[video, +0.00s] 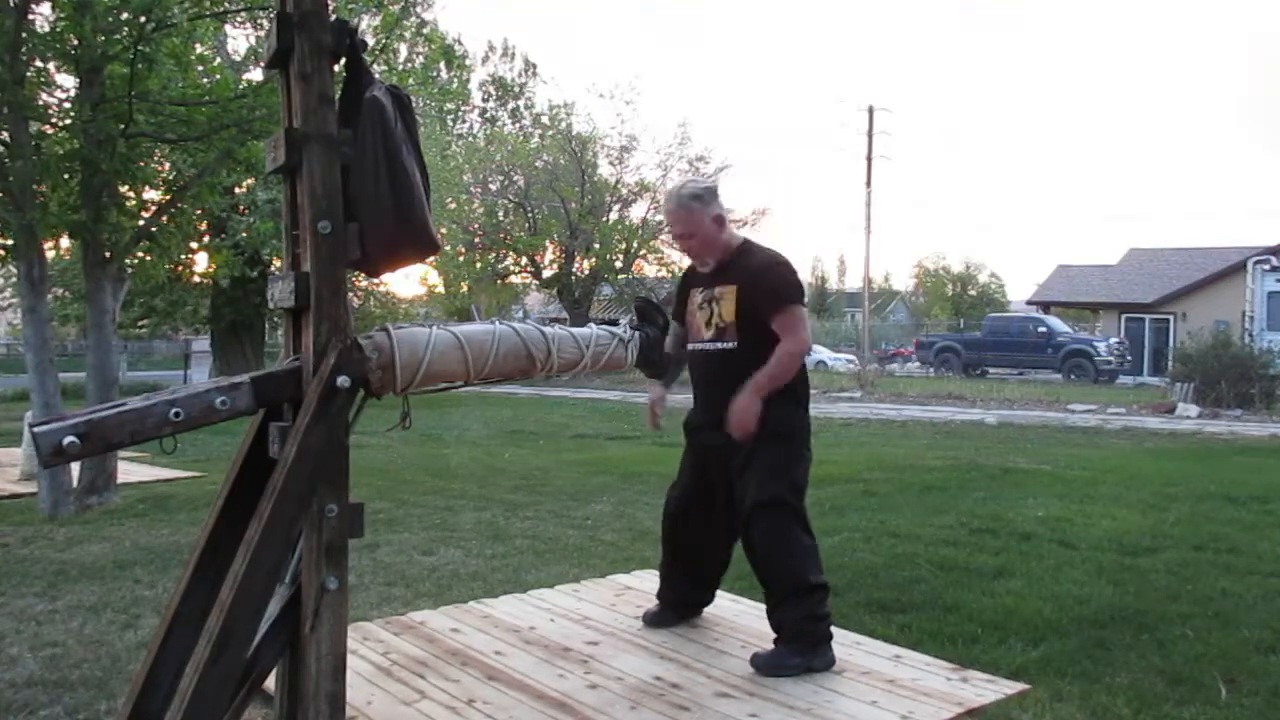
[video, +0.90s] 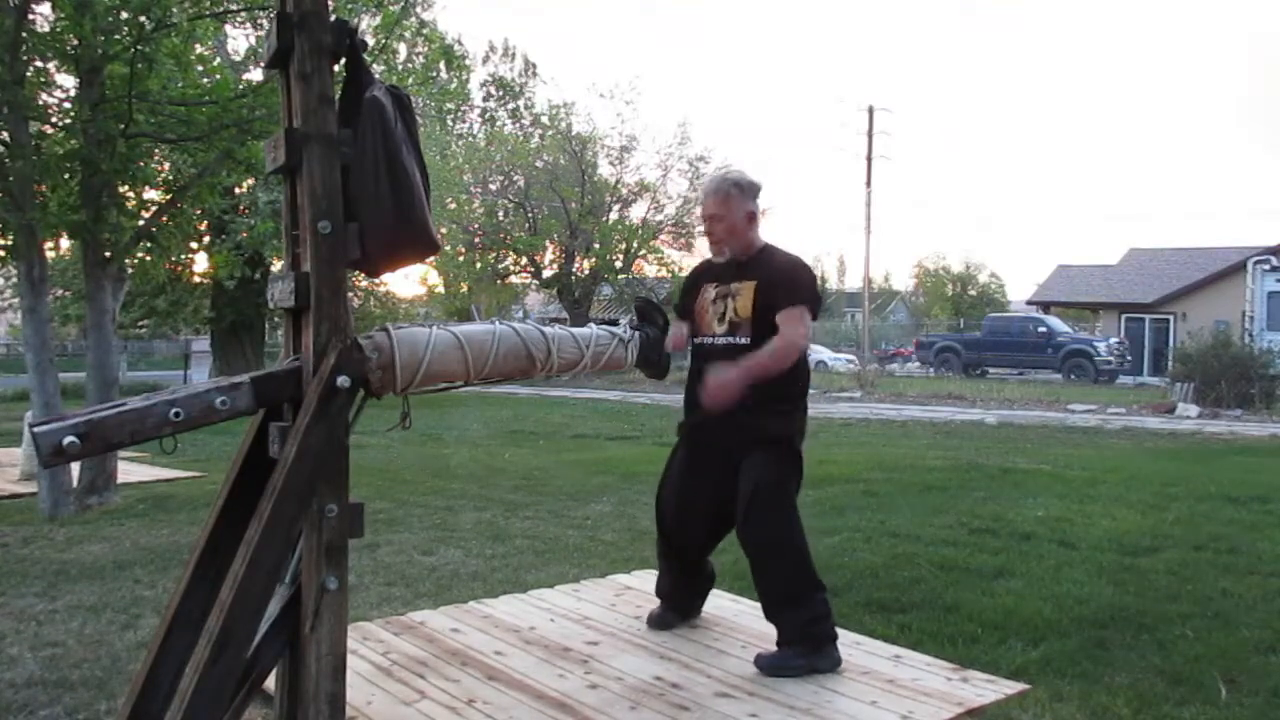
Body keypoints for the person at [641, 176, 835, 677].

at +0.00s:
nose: (681, 246)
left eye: (687, 235)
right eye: (675, 237)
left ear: (719, 221)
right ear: (675, 232)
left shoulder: (767, 269)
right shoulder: (691, 282)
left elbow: (797, 342)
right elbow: (681, 341)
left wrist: (754, 392)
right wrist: (661, 380)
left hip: (771, 424)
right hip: (712, 422)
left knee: (773, 519)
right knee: (691, 510)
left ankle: (807, 641)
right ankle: (682, 600)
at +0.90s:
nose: (709, 228)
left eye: (718, 218)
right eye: (705, 219)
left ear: (751, 216)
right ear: (703, 219)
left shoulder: (786, 271)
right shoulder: (701, 278)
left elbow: (793, 339)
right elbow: (682, 329)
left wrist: (739, 373)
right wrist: (669, 339)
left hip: (769, 430)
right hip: (707, 428)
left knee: (764, 517)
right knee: (678, 508)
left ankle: (812, 642)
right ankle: (681, 596)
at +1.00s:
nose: (717, 222)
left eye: (728, 212)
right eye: (714, 212)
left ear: (761, 213)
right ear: (713, 213)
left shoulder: (793, 271)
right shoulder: (708, 275)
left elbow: (789, 327)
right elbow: (678, 330)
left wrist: (715, 317)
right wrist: (679, 312)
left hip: (767, 433)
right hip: (705, 428)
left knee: (763, 519)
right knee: (676, 512)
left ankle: (813, 643)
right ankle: (682, 595)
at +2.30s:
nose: (725, 226)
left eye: (735, 216)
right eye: (719, 217)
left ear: (764, 212)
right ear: (714, 217)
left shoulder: (792, 270)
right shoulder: (708, 272)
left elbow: (803, 336)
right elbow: (675, 325)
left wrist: (742, 367)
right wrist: (642, 357)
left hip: (762, 425)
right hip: (701, 419)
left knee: (764, 522)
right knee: (676, 509)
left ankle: (812, 642)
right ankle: (681, 599)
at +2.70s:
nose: (720, 221)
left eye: (730, 211)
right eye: (714, 212)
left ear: (762, 209)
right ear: (711, 213)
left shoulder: (788, 266)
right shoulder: (710, 269)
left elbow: (771, 325)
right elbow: (685, 324)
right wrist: (662, 339)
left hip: (765, 424)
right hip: (707, 420)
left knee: (763, 526)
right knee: (680, 506)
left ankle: (813, 642)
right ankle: (681, 598)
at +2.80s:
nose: (723, 219)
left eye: (734, 209)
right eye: (718, 210)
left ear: (765, 208)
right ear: (714, 211)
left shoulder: (787, 264)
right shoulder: (712, 270)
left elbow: (756, 305)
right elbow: (684, 325)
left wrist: (681, 293)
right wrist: (659, 317)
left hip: (765, 427)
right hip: (706, 422)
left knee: (763, 526)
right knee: (681, 508)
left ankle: (813, 642)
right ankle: (682, 598)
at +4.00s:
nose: (723, 222)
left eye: (734, 213)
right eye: (719, 212)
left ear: (766, 212)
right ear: (717, 213)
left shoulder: (790, 270)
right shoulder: (709, 274)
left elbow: (768, 323)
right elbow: (682, 318)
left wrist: (700, 320)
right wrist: (656, 324)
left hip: (757, 428)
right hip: (694, 423)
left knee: (759, 533)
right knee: (670, 512)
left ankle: (813, 642)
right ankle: (680, 598)